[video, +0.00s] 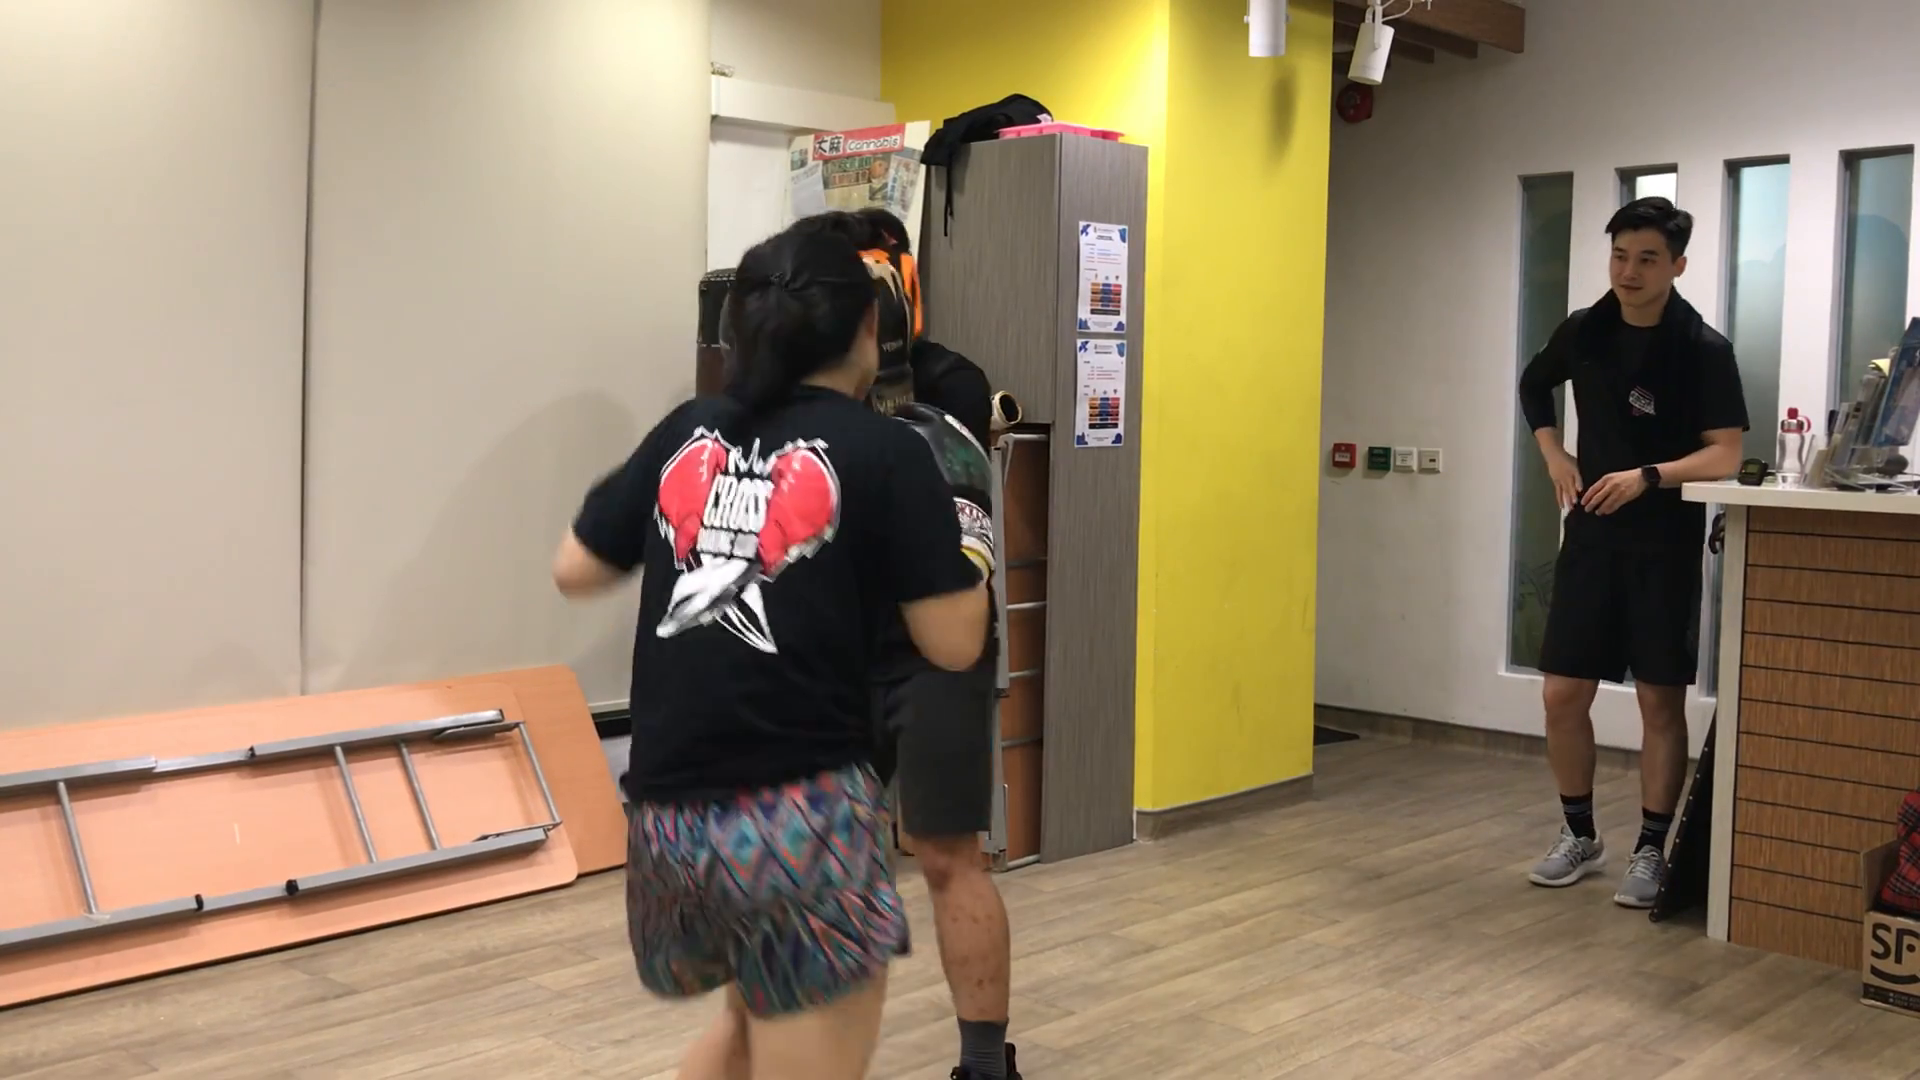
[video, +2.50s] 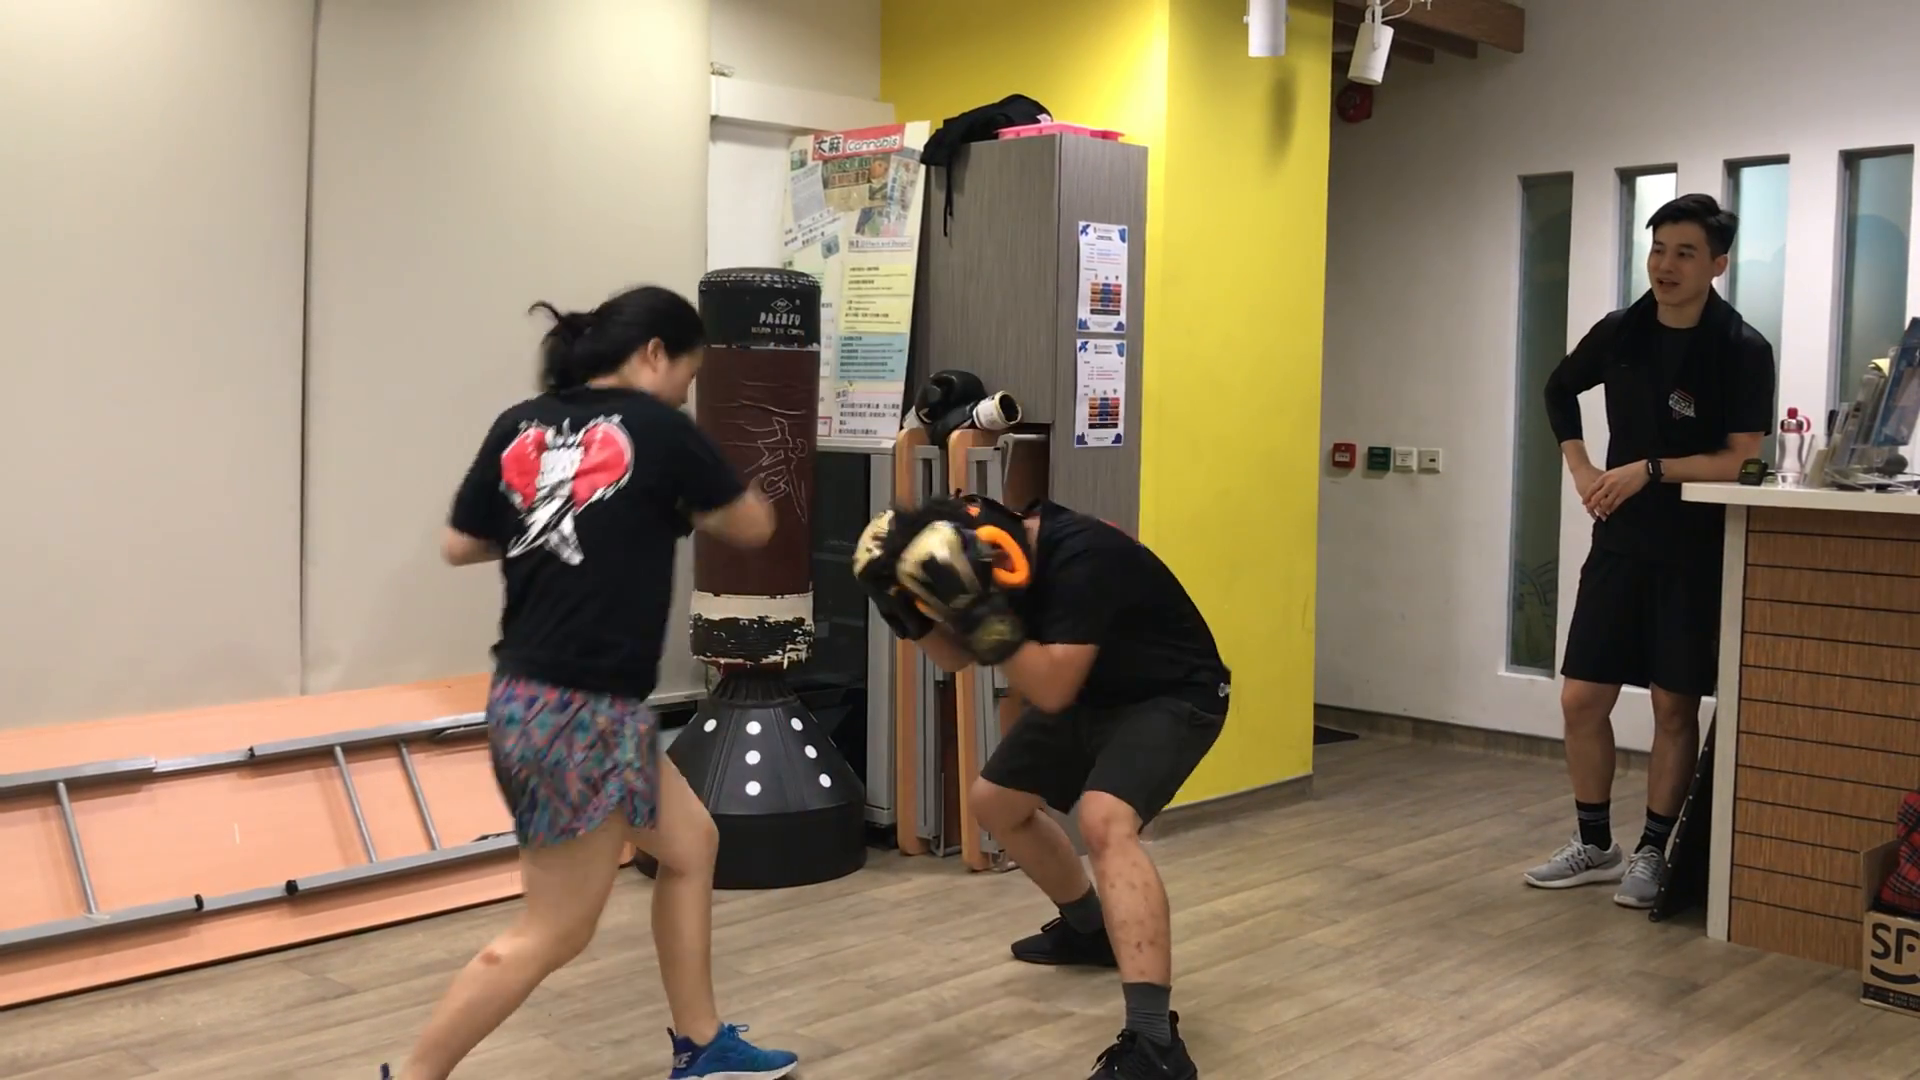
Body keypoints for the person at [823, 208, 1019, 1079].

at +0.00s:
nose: (860, 297)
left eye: (868, 274)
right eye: (847, 277)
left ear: (897, 279)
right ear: (823, 292)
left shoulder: (949, 386)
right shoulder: (796, 394)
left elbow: (966, 530)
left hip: (935, 653)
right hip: (827, 652)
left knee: (949, 857)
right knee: (817, 858)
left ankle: (985, 1060)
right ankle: (790, 1058)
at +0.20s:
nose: (880, 314)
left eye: (894, 295)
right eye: (871, 298)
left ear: (934, 301)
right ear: (858, 309)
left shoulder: (982, 397)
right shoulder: (857, 402)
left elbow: (916, 526)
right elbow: (839, 519)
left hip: (976, 654)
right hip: (885, 646)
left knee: (970, 855)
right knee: (876, 801)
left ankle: (987, 1061)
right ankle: (890, 981)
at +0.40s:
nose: (869, 328)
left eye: (881, 309)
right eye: (859, 315)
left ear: (937, 302)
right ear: (865, 320)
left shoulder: (1007, 394)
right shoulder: (901, 395)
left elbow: (949, 515)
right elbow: (824, 487)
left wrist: (900, 407)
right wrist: (839, 379)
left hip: (1004, 649)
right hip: (929, 645)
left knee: (974, 856)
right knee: (925, 827)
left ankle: (989, 1060)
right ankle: (1020, 953)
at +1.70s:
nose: (964, 322)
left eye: (974, 304)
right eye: (957, 307)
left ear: (1022, 303)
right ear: (983, 315)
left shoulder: (1074, 385)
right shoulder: (997, 389)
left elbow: (1012, 476)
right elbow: (933, 456)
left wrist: (974, 372)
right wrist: (901, 378)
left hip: (1072, 623)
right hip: (1013, 623)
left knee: (1040, 802)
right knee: (995, 779)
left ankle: (1092, 1021)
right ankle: (1057, 949)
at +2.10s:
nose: (1017, 414)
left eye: (1029, 398)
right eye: (1009, 401)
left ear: (1075, 390)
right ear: (1004, 403)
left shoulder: (1134, 446)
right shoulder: (1011, 436)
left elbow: (1087, 557)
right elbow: (912, 493)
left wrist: (1056, 453)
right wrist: (941, 415)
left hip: (1130, 651)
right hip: (1047, 640)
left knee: (1099, 821)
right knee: (987, 778)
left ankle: (1149, 1040)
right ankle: (1071, 913)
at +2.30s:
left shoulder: (1137, 490)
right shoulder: (996, 486)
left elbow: (1129, 626)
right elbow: (961, 604)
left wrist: (1091, 531)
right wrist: (932, 529)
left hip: (1152, 667)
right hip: (1064, 660)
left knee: (1112, 819)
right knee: (990, 804)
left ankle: (1151, 1042)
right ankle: (1075, 909)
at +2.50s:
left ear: (994, 552)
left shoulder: (1085, 556)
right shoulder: (1000, 562)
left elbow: (1053, 688)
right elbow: (955, 657)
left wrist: (977, 608)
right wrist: (902, 604)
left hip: (1176, 691)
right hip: (1085, 693)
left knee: (1103, 817)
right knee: (997, 800)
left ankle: (1153, 1038)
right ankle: (1089, 927)